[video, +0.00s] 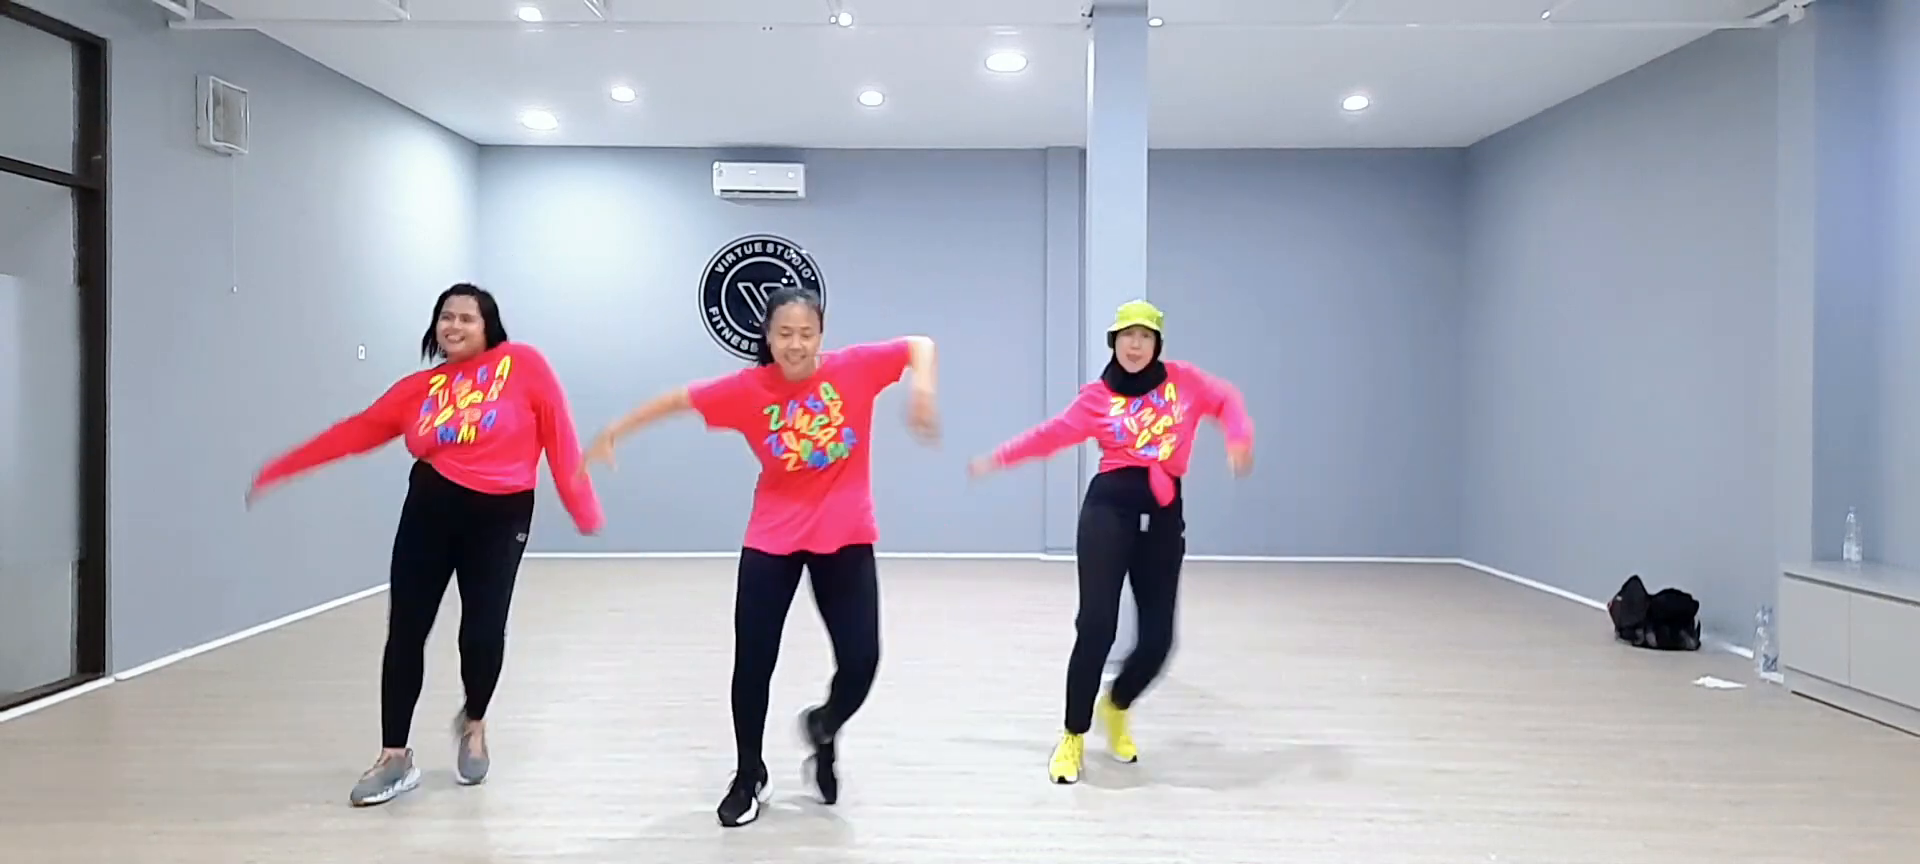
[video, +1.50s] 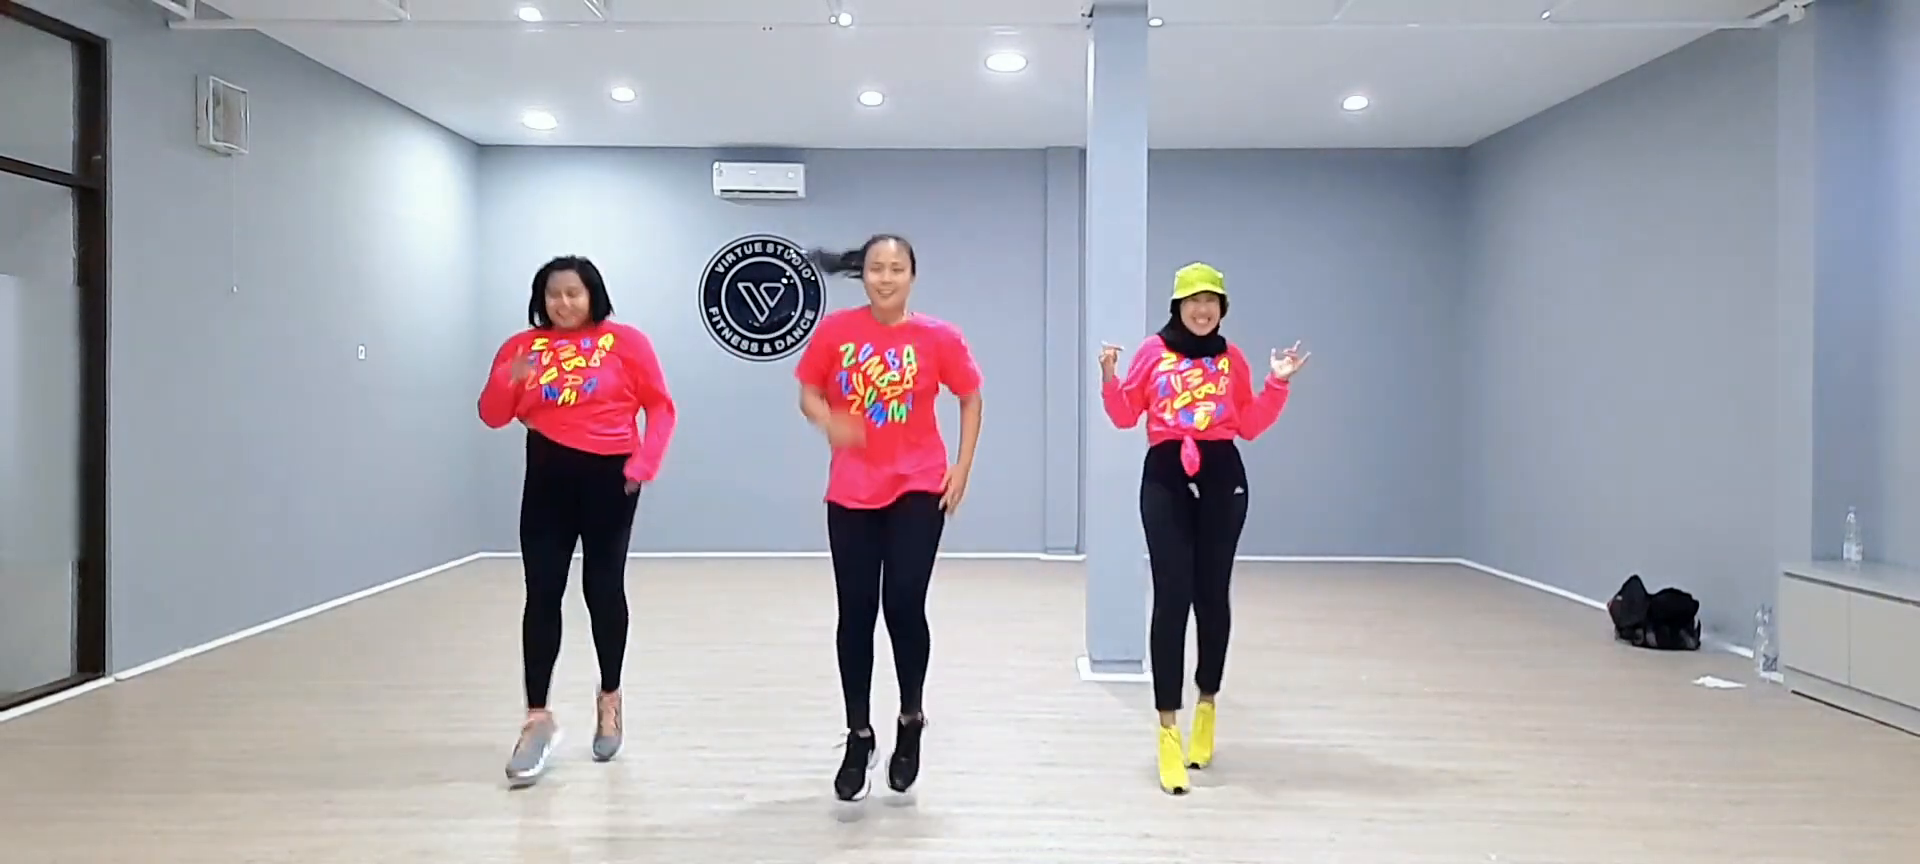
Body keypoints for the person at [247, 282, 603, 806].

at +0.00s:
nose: (453, 324)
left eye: (466, 318)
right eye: (446, 317)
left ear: (488, 328)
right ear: (435, 326)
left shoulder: (522, 363)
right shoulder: (419, 387)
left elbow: (561, 438)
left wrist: (584, 507)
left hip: (499, 513)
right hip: (429, 506)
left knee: (483, 632)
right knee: (406, 629)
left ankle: (474, 724)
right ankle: (394, 755)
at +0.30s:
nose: (485, 334)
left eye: (498, 327)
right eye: (475, 327)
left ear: (516, 338)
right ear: (460, 337)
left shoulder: (549, 381)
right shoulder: (439, 394)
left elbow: (585, 444)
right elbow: (432, 467)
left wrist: (608, 498)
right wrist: (442, 533)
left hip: (534, 527)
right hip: (466, 524)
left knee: (547, 636)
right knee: (423, 643)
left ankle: (592, 776)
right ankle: (396, 757)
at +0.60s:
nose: (542, 279)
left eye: (554, 271)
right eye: (533, 272)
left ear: (576, 281)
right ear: (521, 283)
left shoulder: (608, 331)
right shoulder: (501, 328)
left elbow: (655, 396)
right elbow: (447, 381)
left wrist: (668, 467)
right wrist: (494, 337)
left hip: (591, 476)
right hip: (522, 472)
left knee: (589, 605)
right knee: (498, 590)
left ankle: (608, 755)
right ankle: (519, 730)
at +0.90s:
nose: (572, 310)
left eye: (584, 301)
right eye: (562, 303)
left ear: (607, 312)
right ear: (552, 315)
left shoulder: (632, 379)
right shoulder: (529, 358)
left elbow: (641, 453)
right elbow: (503, 412)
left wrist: (623, 502)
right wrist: (497, 426)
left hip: (614, 510)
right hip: (548, 509)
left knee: (615, 630)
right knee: (531, 616)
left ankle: (626, 763)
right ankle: (554, 745)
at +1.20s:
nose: (550, 312)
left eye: (561, 304)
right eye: (540, 306)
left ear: (581, 313)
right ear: (529, 318)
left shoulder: (610, 351)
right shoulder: (511, 380)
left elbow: (644, 414)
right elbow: (490, 456)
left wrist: (591, 388)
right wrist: (470, 517)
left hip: (595, 504)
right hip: (528, 503)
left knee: (583, 616)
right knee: (533, 624)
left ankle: (582, 756)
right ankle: (541, 742)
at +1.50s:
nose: (564, 302)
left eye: (574, 292)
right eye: (555, 294)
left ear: (593, 296)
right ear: (542, 300)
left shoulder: (625, 342)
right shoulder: (522, 347)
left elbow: (660, 407)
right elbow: (492, 415)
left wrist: (644, 462)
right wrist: (513, 378)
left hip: (610, 479)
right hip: (548, 477)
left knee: (603, 590)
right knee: (541, 594)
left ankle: (610, 699)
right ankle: (536, 716)